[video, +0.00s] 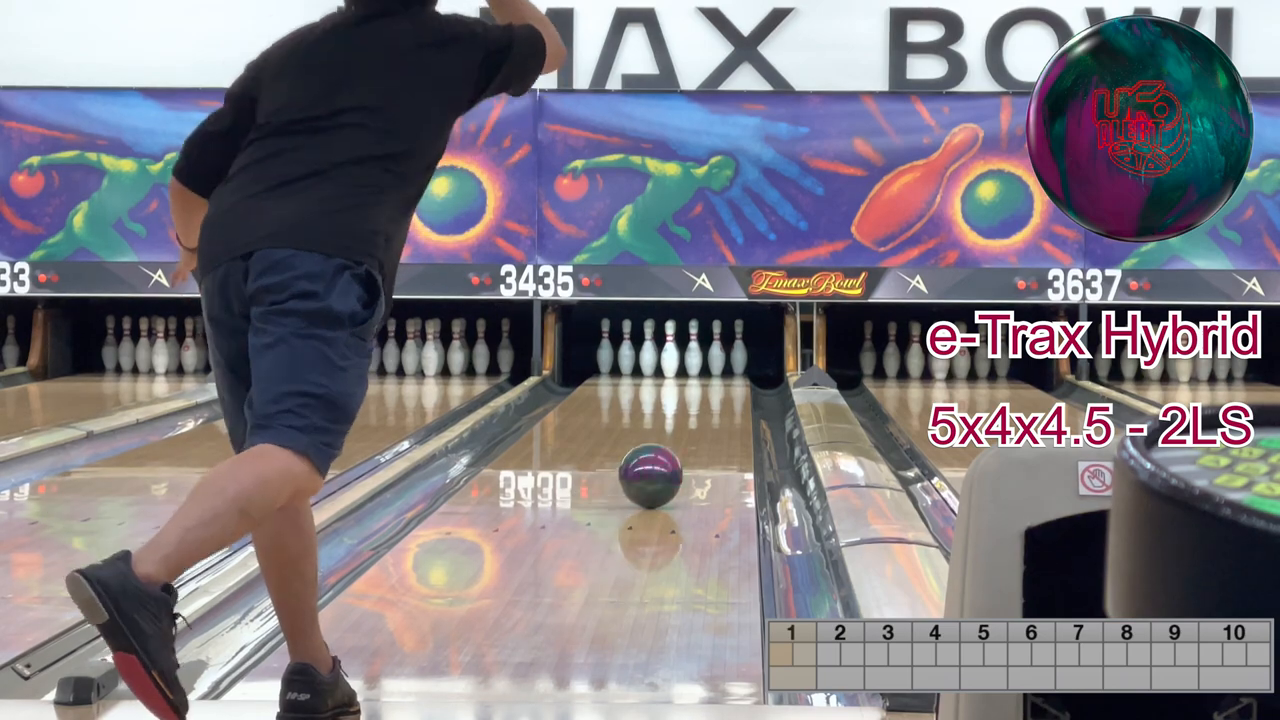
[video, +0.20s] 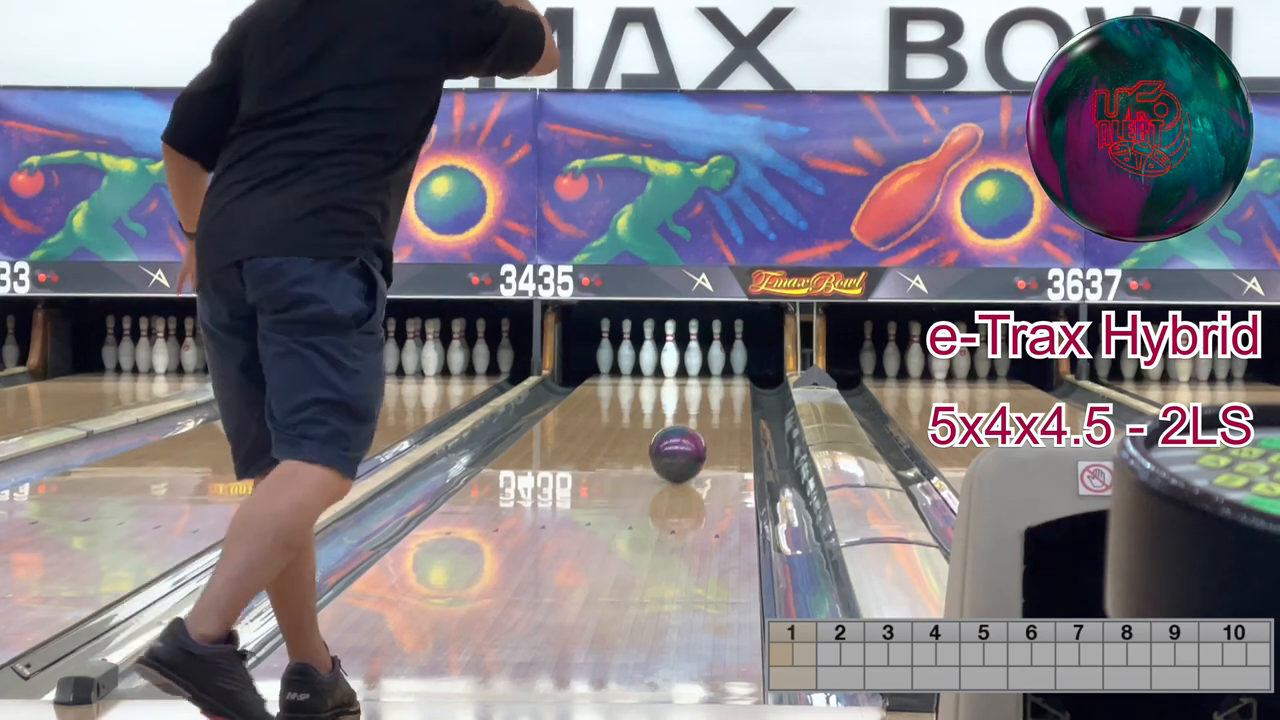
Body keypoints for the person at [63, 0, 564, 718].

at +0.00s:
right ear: (425, 2)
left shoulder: (284, 53)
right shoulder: (444, 39)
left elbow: (193, 174)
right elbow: (546, 49)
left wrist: (201, 257)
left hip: (225, 254)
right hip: (320, 248)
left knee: (276, 468)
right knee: (296, 450)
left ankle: (312, 671)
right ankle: (141, 577)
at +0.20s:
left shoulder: (264, 16)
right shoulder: (431, 9)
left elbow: (183, 140)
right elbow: (541, 52)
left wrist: (199, 241)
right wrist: (507, 4)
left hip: (223, 247)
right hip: (321, 241)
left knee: (276, 469)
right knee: (320, 456)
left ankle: (310, 670)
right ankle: (201, 637)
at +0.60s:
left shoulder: (220, 3)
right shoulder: (405, 3)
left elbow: (178, 135)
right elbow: (463, 127)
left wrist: (191, 257)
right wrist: (479, 102)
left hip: (223, 250)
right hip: (331, 243)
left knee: (270, 472)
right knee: (324, 478)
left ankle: (309, 662)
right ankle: (269, 697)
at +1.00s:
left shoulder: (194, 3)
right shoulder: (396, 2)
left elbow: (157, 124)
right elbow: (430, 119)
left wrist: (158, 257)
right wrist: (454, 220)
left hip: (218, 257)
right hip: (329, 262)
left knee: (238, 455)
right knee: (303, 479)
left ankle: (228, 673)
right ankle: (271, 696)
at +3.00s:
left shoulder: (144, 7)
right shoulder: (389, 4)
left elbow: (119, 135)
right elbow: (409, 128)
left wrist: (118, 274)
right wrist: (425, 270)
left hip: (196, 272)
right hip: (330, 272)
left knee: (221, 497)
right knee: (323, 484)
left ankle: (244, 713)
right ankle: (317, 694)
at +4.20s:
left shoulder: (77, 4)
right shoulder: (381, 6)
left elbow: (53, 117)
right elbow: (397, 104)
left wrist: (61, 279)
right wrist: (412, 293)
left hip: (143, 282)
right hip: (304, 287)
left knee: (167, 563)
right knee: (304, 563)